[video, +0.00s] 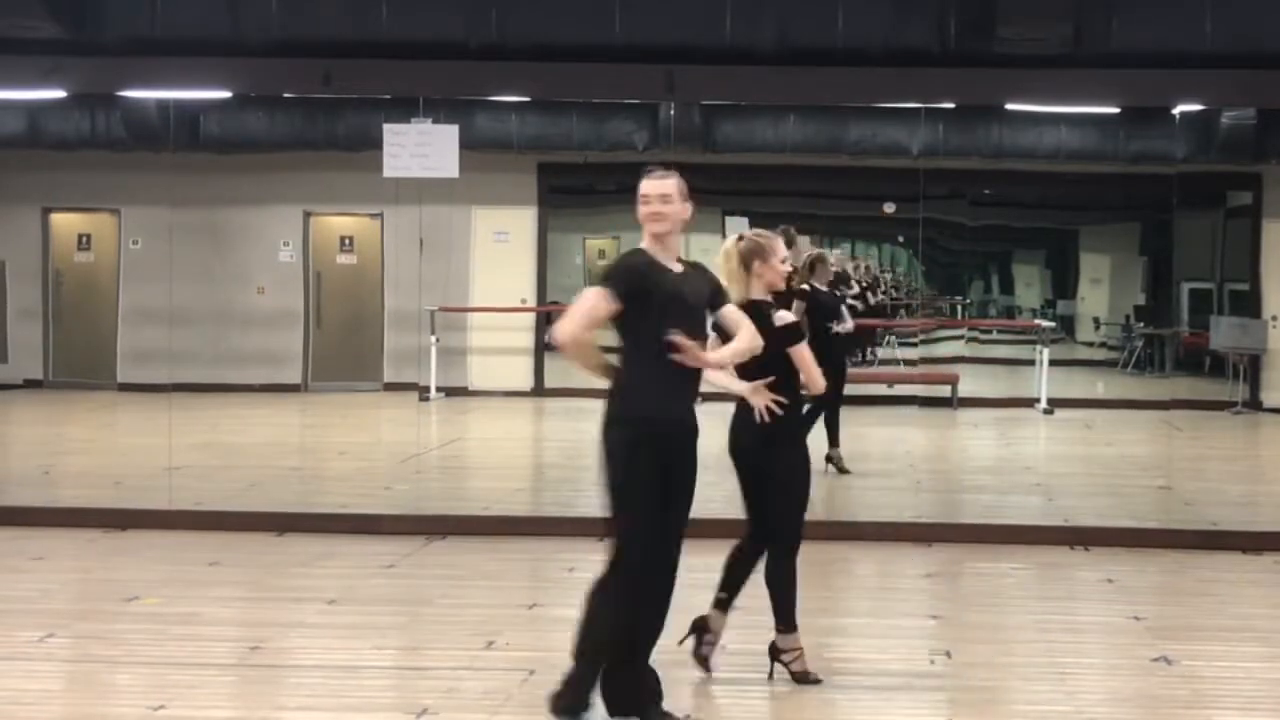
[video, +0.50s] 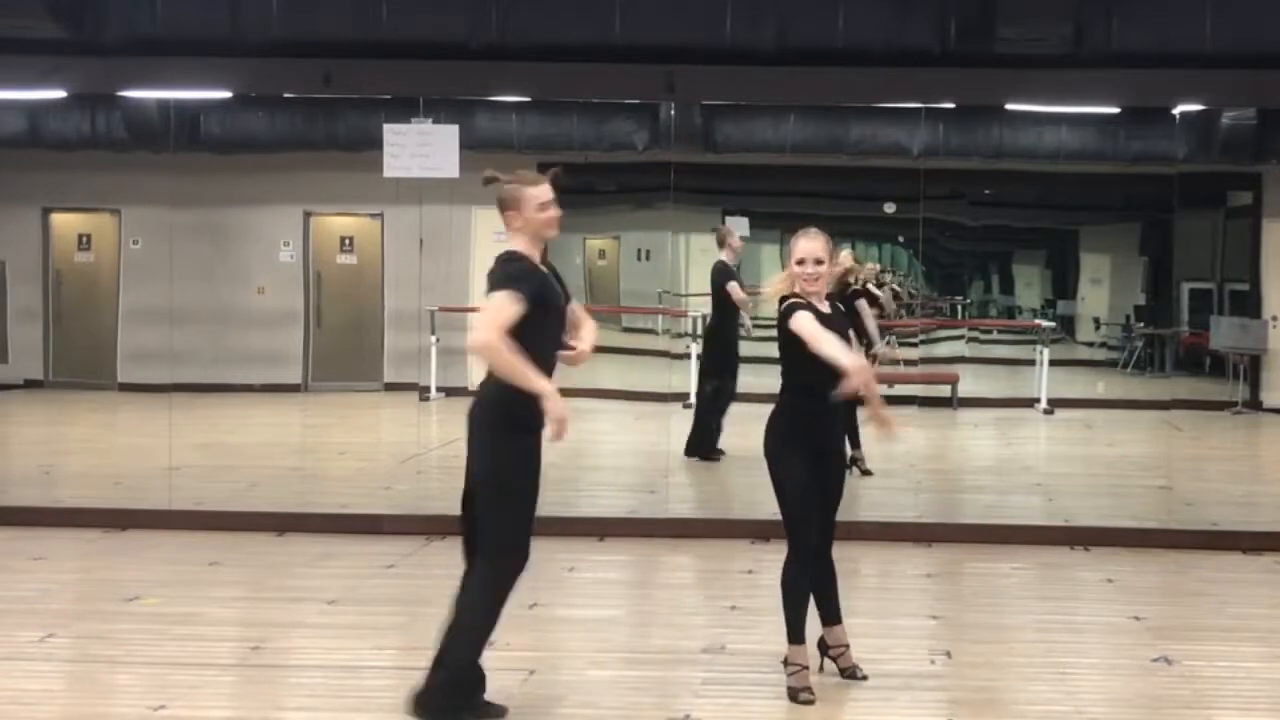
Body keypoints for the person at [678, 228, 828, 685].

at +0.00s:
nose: (789, 268)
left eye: (786, 260)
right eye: (781, 261)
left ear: (750, 268)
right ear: (759, 267)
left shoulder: (727, 314)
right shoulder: (782, 316)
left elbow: (708, 368)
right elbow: (815, 383)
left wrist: (747, 388)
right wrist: (806, 381)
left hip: (746, 428)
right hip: (784, 430)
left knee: (758, 532)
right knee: (785, 538)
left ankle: (714, 618)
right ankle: (787, 638)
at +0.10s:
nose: (802, 270)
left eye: (801, 262)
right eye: (797, 263)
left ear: (764, 268)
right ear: (778, 269)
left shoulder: (740, 313)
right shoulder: (795, 318)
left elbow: (727, 373)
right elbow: (839, 376)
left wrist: (757, 390)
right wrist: (814, 382)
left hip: (753, 427)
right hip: (788, 431)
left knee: (811, 522)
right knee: (797, 531)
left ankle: (775, 618)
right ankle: (787, 636)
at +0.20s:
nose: (813, 270)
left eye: (813, 262)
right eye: (806, 263)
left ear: (781, 270)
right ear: (781, 268)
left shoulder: (764, 314)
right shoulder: (803, 313)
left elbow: (742, 369)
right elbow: (855, 358)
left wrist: (758, 398)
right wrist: (825, 354)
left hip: (780, 436)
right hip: (795, 438)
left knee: (817, 531)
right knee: (824, 528)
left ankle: (833, 630)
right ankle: (791, 638)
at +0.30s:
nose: (812, 267)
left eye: (817, 259)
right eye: (801, 260)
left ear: (823, 263)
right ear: (781, 266)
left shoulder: (799, 309)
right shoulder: (797, 306)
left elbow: (778, 372)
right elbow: (862, 339)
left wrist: (760, 419)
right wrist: (859, 361)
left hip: (811, 434)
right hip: (786, 437)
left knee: (826, 539)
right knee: (799, 541)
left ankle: (836, 638)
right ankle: (803, 643)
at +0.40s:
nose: (809, 266)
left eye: (817, 258)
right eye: (800, 259)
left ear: (829, 262)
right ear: (787, 264)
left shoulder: (828, 308)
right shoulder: (793, 307)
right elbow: (860, 336)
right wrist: (925, 356)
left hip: (823, 439)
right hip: (785, 440)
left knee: (823, 540)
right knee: (800, 542)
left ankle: (835, 638)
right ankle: (805, 651)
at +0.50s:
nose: (809, 270)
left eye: (818, 262)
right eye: (801, 263)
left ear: (832, 267)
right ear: (789, 268)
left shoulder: (837, 313)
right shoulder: (791, 310)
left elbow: (857, 367)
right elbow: (816, 338)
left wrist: (877, 407)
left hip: (829, 437)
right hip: (789, 436)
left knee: (822, 541)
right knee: (804, 542)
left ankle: (834, 635)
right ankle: (797, 654)